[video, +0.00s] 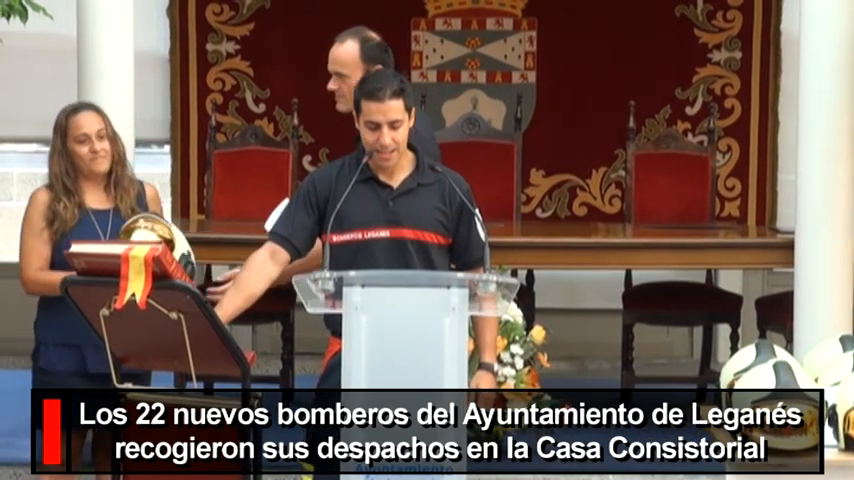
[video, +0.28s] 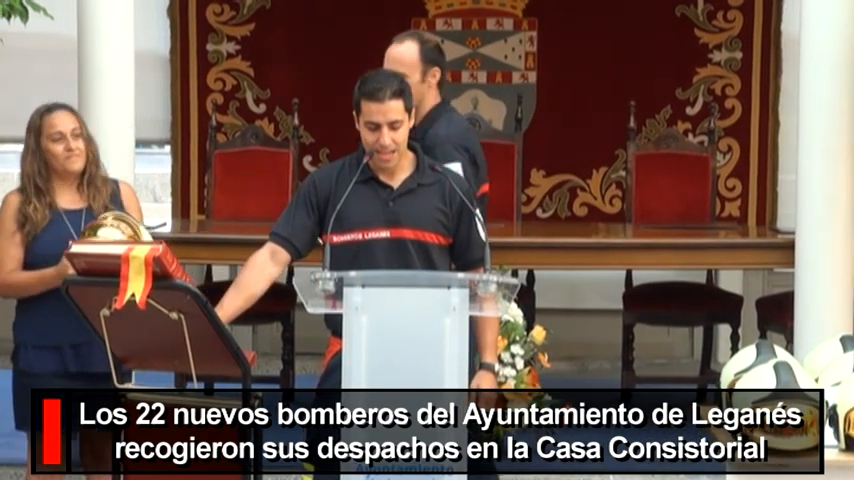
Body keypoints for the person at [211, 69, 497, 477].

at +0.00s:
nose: (384, 139)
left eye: (395, 126)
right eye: (372, 127)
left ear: (411, 119)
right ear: (357, 121)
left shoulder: (450, 189)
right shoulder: (327, 184)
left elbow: (480, 283)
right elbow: (272, 256)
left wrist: (487, 366)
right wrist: (212, 324)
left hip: (431, 353)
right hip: (352, 351)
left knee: (433, 469)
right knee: (330, 462)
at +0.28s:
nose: (384, 140)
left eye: (395, 126)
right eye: (373, 127)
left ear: (411, 120)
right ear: (357, 123)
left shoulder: (449, 190)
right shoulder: (327, 185)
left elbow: (480, 283)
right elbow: (272, 256)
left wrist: (488, 366)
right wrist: (213, 323)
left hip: (434, 352)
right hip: (354, 350)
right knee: (330, 457)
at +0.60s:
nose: (384, 140)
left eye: (394, 127)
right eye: (373, 128)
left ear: (412, 120)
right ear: (357, 123)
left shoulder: (448, 189)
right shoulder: (328, 185)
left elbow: (480, 281)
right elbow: (273, 256)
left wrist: (488, 365)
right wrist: (214, 323)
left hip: (433, 351)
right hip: (354, 349)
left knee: (437, 466)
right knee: (329, 455)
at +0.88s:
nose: (384, 141)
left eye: (394, 127)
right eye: (373, 128)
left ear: (413, 121)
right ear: (357, 124)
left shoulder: (450, 190)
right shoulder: (329, 185)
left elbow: (481, 282)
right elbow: (273, 256)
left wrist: (489, 366)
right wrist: (214, 324)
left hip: (434, 353)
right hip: (354, 352)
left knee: (437, 470)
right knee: (334, 464)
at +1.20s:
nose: (384, 141)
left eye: (395, 127)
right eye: (373, 128)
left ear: (413, 121)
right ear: (358, 124)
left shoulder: (452, 191)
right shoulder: (329, 186)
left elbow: (481, 282)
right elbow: (274, 257)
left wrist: (489, 366)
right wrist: (214, 324)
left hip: (434, 353)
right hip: (354, 352)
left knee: (437, 469)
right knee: (333, 464)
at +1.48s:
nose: (385, 141)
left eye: (395, 127)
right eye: (373, 128)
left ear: (413, 121)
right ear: (358, 124)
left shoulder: (452, 191)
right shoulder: (329, 186)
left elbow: (481, 283)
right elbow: (273, 257)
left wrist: (489, 367)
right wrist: (214, 325)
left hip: (434, 354)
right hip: (354, 353)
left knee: (436, 468)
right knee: (333, 462)